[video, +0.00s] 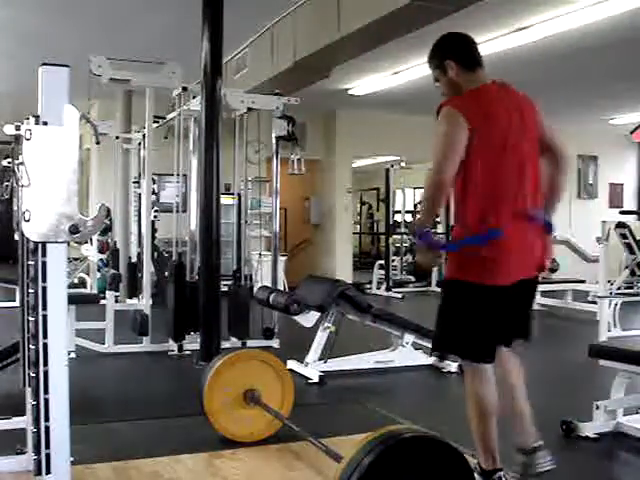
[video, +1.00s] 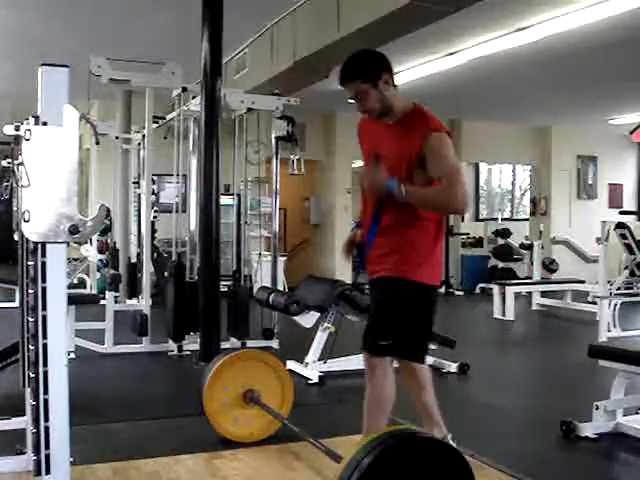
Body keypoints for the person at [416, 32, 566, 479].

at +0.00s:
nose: (439, 84)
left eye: (438, 76)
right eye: (437, 76)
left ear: (450, 68)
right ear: (479, 62)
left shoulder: (458, 109)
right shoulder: (520, 101)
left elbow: (442, 175)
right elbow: (560, 157)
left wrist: (423, 234)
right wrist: (545, 215)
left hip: (480, 253)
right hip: (527, 249)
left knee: (475, 363)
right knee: (503, 345)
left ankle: (489, 466)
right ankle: (532, 444)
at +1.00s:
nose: (359, 106)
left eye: (361, 95)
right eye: (353, 98)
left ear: (385, 82)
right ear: (371, 89)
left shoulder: (427, 131)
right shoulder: (367, 128)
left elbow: (457, 198)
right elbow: (372, 183)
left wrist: (394, 188)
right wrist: (361, 226)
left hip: (414, 264)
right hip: (382, 262)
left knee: (377, 356)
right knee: (411, 359)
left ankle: (370, 452)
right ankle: (440, 438)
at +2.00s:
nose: (271, 154)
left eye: (270, 145)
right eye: (264, 149)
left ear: (287, 120)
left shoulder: (343, 145)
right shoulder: (288, 161)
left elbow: (382, 216)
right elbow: (297, 223)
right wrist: (295, 280)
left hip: (387, 257)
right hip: (347, 258)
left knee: (371, 355)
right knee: (334, 350)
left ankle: (379, 452)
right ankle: (332, 444)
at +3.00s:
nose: (237, 272)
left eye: (233, 265)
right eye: (232, 267)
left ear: (242, 257)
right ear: (257, 241)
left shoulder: (311, 276)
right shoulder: (280, 272)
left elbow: (331, 357)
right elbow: (288, 338)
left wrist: (332, 430)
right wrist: (290, 400)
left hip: (410, 305)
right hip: (372, 306)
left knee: (340, 375)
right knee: (304, 360)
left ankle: (376, 461)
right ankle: (330, 448)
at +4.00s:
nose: (213, 206)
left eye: (210, 196)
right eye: (207, 200)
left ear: (221, 183)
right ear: (223, 183)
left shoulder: (280, 207)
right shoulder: (262, 207)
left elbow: (318, 273)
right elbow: (295, 269)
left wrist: (301, 341)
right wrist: (297, 331)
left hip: (383, 265)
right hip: (347, 271)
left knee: (349, 360)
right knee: (317, 350)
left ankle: (375, 451)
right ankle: (331, 444)